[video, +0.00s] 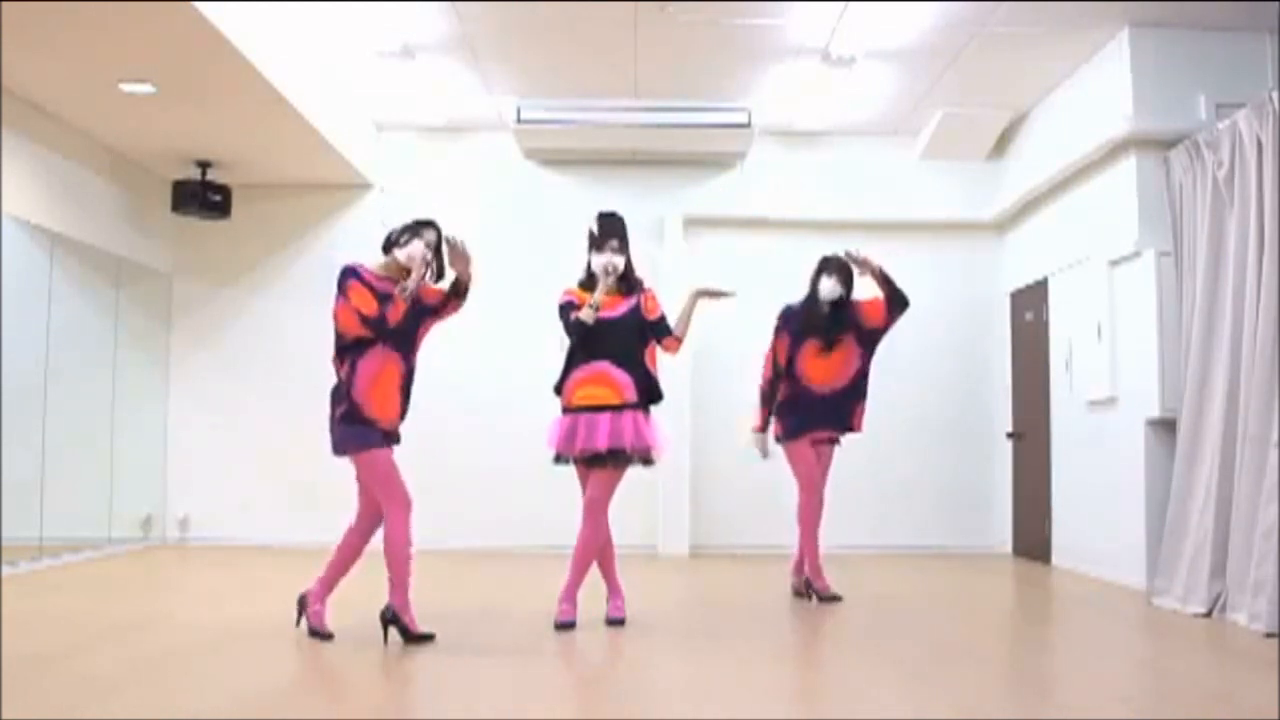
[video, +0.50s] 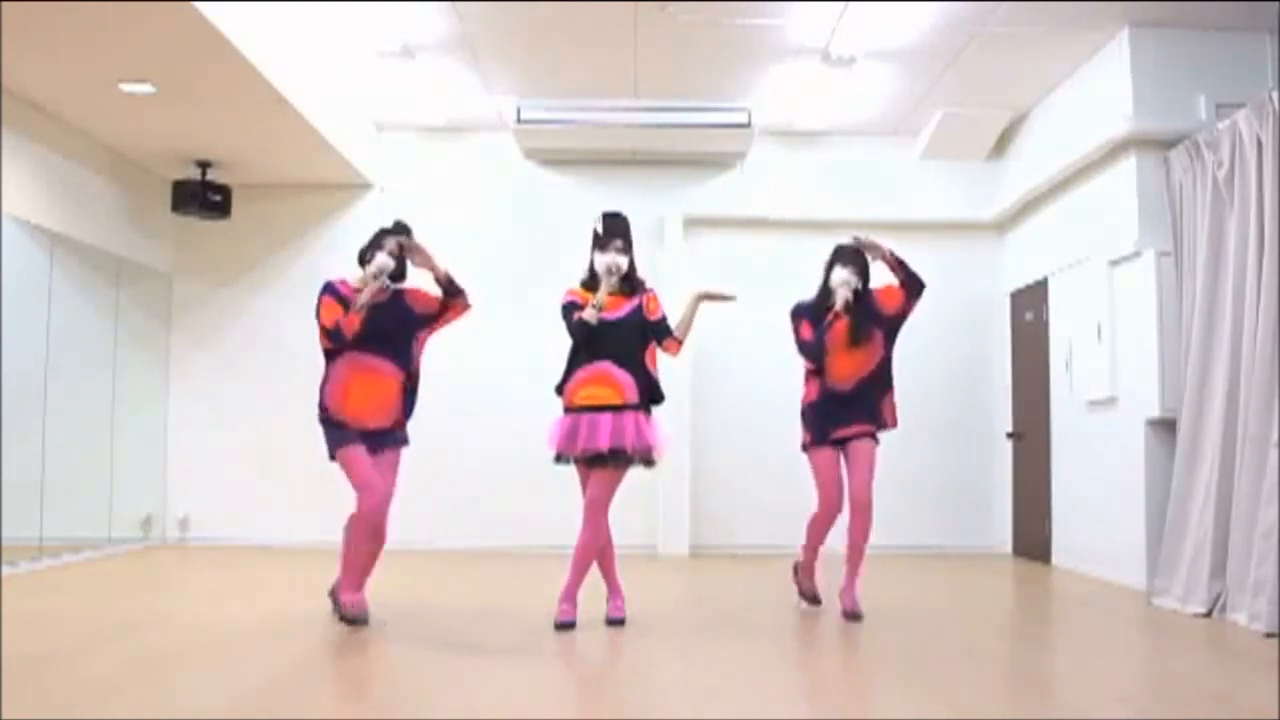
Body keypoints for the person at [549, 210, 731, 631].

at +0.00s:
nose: (611, 261)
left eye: (618, 253)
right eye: (603, 253)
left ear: (627, 256)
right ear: (590, 255)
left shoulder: (640, 297)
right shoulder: (573, 295)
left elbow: (671, 343)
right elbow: (577, 331)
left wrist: (693, 299)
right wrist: (600, 288)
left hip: (623, 407)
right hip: (581, 406)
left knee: (596, 503)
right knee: (593, 505)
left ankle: (568, 595)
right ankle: (615, 592)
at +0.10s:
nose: (611, 261)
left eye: (618, 253)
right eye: (604, 252)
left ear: (628, 256)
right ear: (591, 254)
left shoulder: (641, 297)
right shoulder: (574, 295)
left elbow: (671, 343)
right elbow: (577, 331)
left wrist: (693, 299)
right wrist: (600, 288)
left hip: (624, 406)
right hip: (581, 405)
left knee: (596, 503)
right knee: (593, 505)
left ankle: (568, 595)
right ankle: (614, 592)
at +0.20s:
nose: (612, 261)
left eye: (619, 253)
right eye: (604, 252)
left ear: (629, 256)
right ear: (592, 253)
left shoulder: (641, 297)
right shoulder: (575, 295)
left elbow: (671, 344)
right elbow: (578, 332)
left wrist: (694, 299)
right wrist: (602, 288)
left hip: (624, 407)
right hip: (581, 406)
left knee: (596, 503)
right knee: (593, 505)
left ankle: (567, 596)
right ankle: (615, 592)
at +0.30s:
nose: (612, 260)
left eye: (620, 252)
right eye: (605, 251)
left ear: (630, 255)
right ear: (593, 252)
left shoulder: (642, 297)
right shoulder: (575, 295)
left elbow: (671, 344)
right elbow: (578, 331)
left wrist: (694, 300)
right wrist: (602, 288)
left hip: (624, 406)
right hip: (581, 405)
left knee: (596, 503)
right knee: (593, 505)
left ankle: (567, 596)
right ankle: (615, 592)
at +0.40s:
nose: (613, 260)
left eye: (620, 252)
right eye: (605, 252)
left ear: (630, 255)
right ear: (593, 253)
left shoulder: (642, 297)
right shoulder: (575, 295)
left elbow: (671, 344)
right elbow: (579, 331)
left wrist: (695, 300)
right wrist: (602, 289)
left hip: (624, 407)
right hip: (581, 406)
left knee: (596, 504)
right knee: (593, 506)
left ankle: (567, 595)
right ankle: (615, 592)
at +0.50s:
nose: (613, 261)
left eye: (621, 252)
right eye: (606, 252)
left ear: (631, 255)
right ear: (593, 253)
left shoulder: (642, 297)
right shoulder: (576, 295)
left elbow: (671, 344)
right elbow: (579, 332)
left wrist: (695, 300)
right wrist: (602, 289)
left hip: (624, 407)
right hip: (582, 406)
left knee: (596, 503)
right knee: (594, 505)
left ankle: (567, 595)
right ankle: (615, 592)